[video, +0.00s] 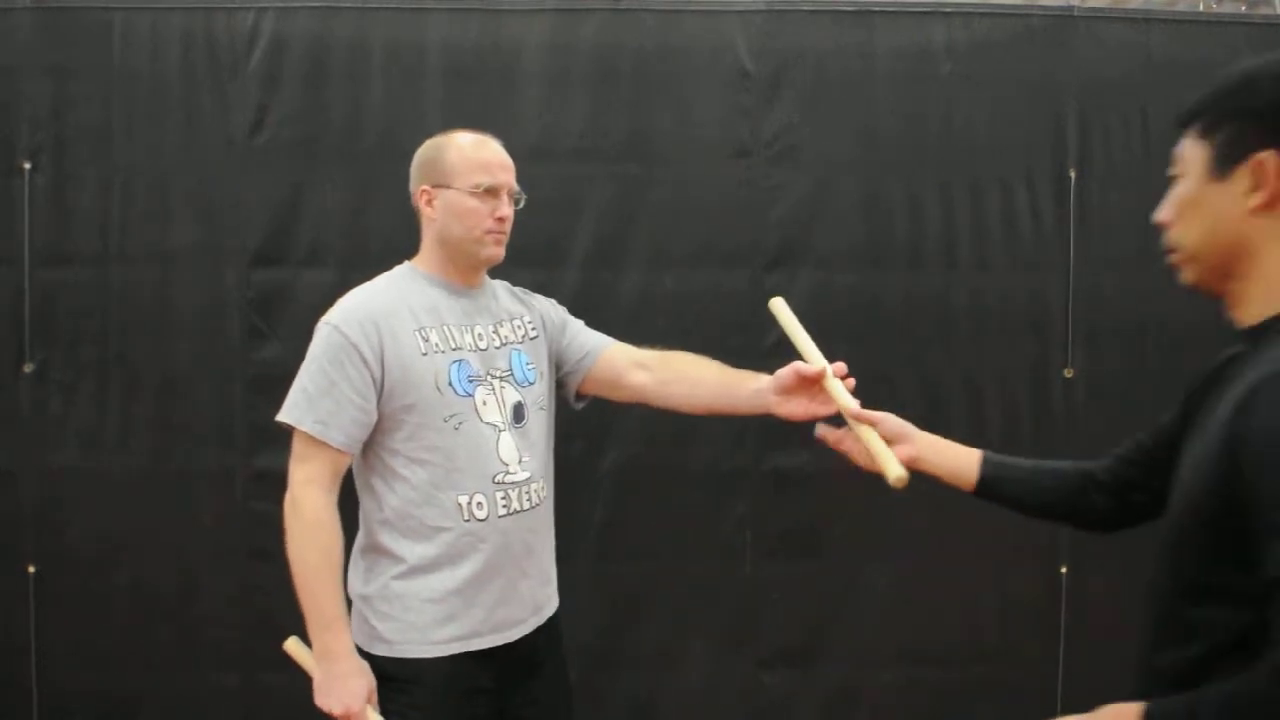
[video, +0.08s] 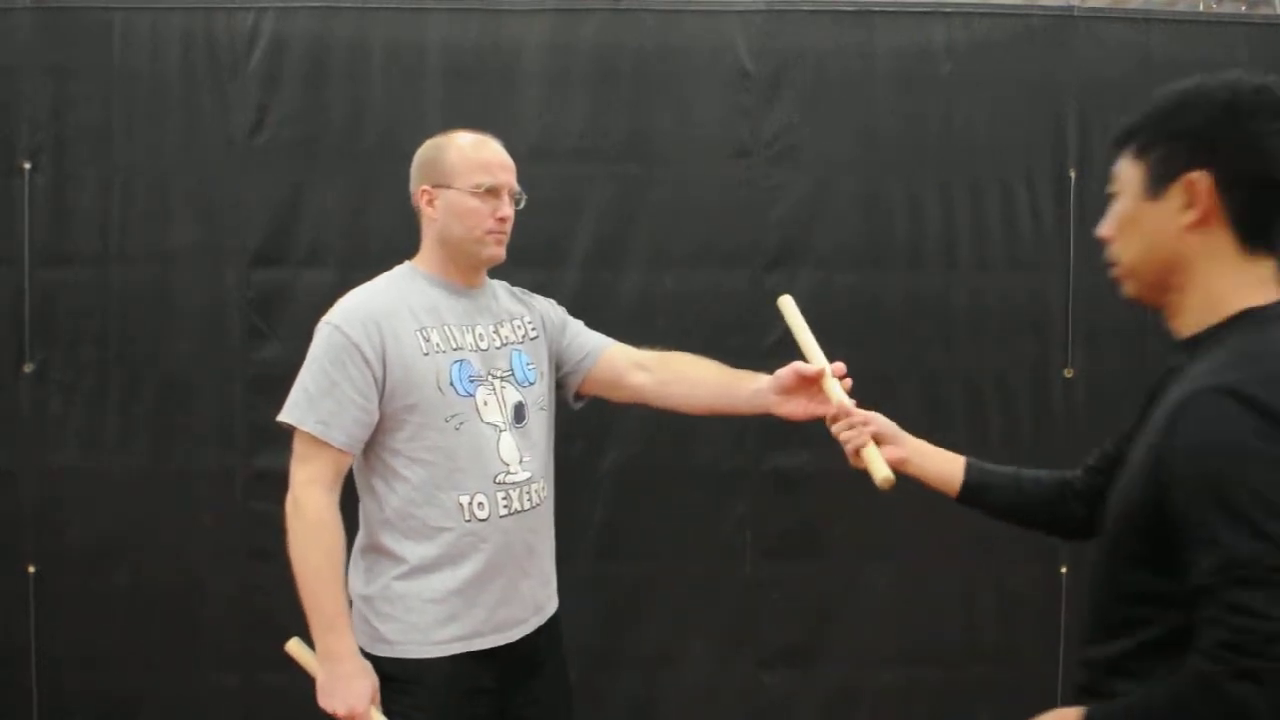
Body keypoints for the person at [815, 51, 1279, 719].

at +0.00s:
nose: (1159, 215)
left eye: (1179, 181)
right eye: (1169, 185)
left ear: (1260, 183)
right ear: (1255, 184)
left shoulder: (1265, 381)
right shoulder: (1241, 373)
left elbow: (1270, 670)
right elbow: (1113, 496)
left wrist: (1151, 711)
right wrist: (921, 449)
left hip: (1231, 704)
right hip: (1179, 698)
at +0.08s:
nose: (1101, 231)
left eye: (1118, 198)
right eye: (1108, 202)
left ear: (1192, 201)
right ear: (1189, 204)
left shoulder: (1228, 400)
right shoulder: (1211, 370)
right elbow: (1089, 504)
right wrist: (912, 454)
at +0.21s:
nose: (1023, 234)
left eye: (1036, 206)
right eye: (1028, 208)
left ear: (1098, 211)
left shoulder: (1124, 404)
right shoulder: (1196, 355)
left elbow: (1117, 667)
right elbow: (1074, 516)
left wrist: (980, 700)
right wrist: (906, 467)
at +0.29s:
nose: (983, 231)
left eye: (996, 204)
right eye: (987, 206)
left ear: (1054, 209)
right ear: (1057, 210)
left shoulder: (1071, 393)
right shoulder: (1173, 352)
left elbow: (1038, 649)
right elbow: (1083, 513)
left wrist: (922, 664)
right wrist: (908, 478)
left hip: (1069, 704)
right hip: (1164, 690)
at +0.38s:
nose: (954, 225)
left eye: (966, 199)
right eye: (958, 201)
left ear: (1027, 206)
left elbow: (986, 619)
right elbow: (1086, 514)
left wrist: (879, 632)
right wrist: (908, 483)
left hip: (1025, 698)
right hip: (1130, 682)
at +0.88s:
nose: (897, 239)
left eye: (916, 218)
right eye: (906, 218)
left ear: (979, 232)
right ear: (974, 234)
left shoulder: (1006, 369)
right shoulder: (992, 351)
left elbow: (955, 553)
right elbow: (967, 498)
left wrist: (860, 550)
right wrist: (872, 495)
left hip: (972, 675)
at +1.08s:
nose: (892, 238)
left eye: (910, 217)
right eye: (899, 218)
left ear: (971, 228)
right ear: (965, 230)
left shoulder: (1004, 351)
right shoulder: (975, 342)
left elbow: (971, 523)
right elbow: (954, 483)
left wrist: (873, 540)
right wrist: (875, 491)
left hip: (988, 654)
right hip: (957, 646)